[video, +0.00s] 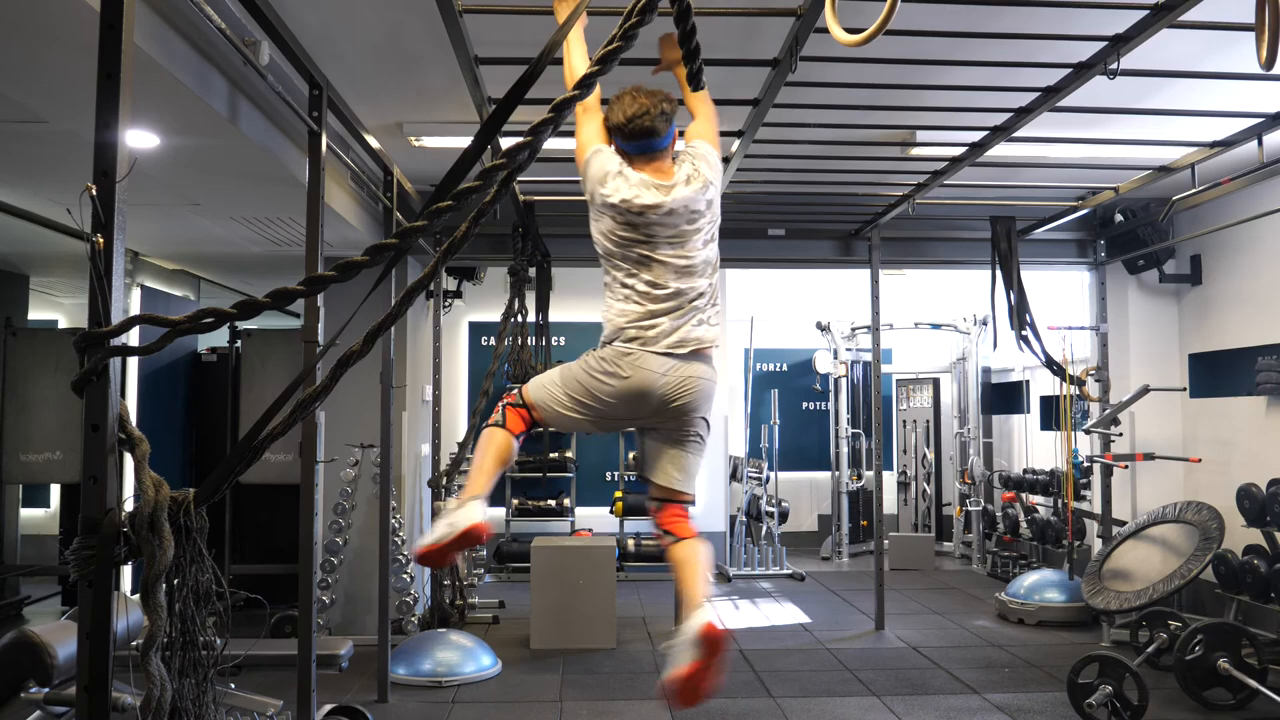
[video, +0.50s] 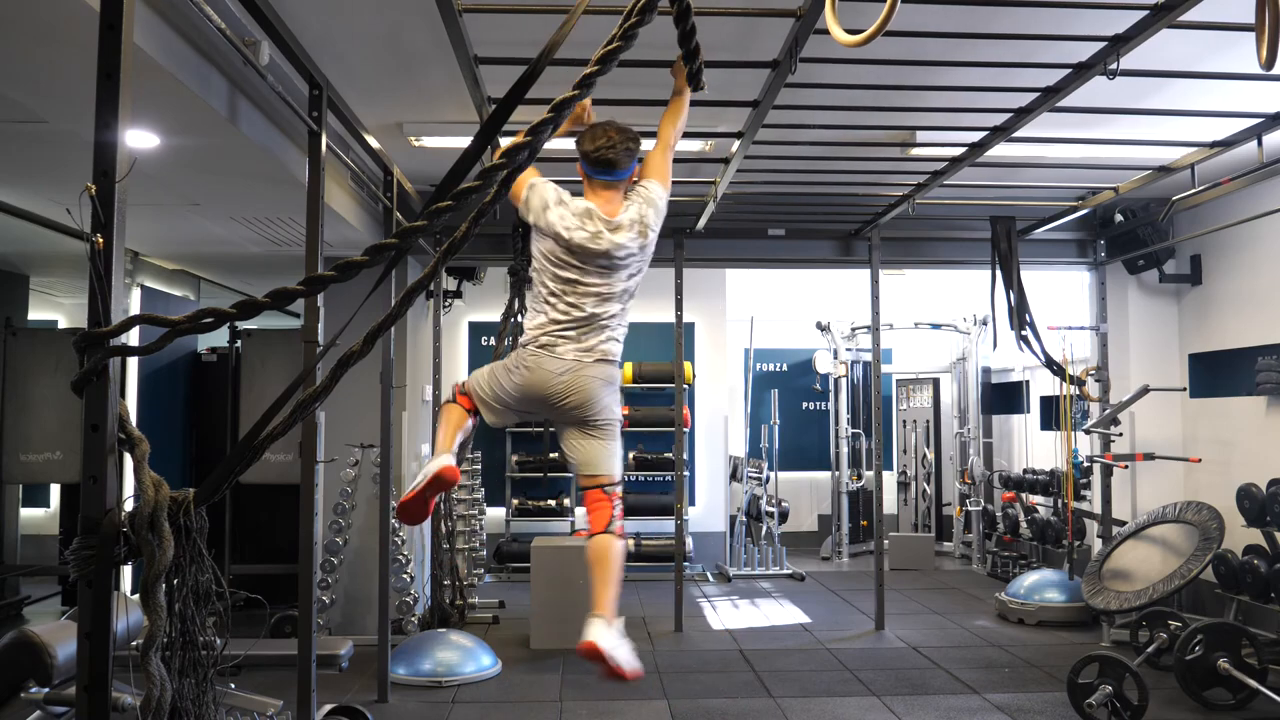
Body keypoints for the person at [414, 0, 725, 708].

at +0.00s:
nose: (667, 146)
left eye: (628, 138)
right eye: (671, 136)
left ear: (621, 142)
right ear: (676, 138)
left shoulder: (605, 181)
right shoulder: (703, 178)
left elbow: (586, 96)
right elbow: (704, 114)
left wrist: (571, 24)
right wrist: (684, 63)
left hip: (625, 363)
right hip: (695, 374)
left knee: (516, 409)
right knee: (676, 513)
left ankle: (471, 506)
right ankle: (699, 615)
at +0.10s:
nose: (684, 149)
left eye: (622, 142)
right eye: (677, 142)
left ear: (632, 149)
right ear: (677, 150)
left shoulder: (617, 185)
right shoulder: (700, 187)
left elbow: (589, 96)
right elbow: (695, 110)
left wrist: (572, 23)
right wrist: (687, 39)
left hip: (631, 362)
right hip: (690, 377)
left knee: (515, 413)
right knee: (633, 514)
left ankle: (428, 506)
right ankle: (596, 623)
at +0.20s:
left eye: (629, 139)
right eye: (672, 142)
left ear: (632, 154)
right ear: (676, 154)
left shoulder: (617, 188)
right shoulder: (697, 196)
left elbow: (591, 99)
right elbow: (694, 123)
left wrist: (572, 25)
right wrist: (690, 52)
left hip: (611, 359)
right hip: (668, 378)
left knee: (503, 410)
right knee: (596, 506)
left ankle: (416, 503)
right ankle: (531, 623)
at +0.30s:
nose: (671, 156)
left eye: (611, 146)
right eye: (665, 148)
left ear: (614, 160)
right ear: (662, 165)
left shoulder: (606, 196)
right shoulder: (679, 214)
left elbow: (582, 107)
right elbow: (684, 141)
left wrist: (572, 30)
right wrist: (689, 85)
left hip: (580, 363)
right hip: (634, 384)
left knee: (485, 406)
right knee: (571, 512)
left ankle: (436, 496)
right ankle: (522, 620)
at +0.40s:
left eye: (605, 155)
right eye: (647, 155)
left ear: (598, 167)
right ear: (647, 170)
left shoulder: (575, 200)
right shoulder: (661, 214)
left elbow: (543, 121)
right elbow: (672, 145)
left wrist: (571, 52)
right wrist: (685, 91)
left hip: (550, 363)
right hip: (608, 380)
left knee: (470, 394)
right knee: (577, 514)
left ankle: (441, 478)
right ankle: (547, 624)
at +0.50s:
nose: (625, 175)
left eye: (596, 166)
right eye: (628, 165)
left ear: (580, 172)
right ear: (633, 175)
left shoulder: (548, 209)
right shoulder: (642, 221)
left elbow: (511, 163)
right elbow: (665, 148)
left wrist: (564, 125)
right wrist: (682, 91)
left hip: (535, 364)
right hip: (595, 376)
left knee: (464, 396)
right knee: (604, 506)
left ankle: (441, 458)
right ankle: (604, 622)